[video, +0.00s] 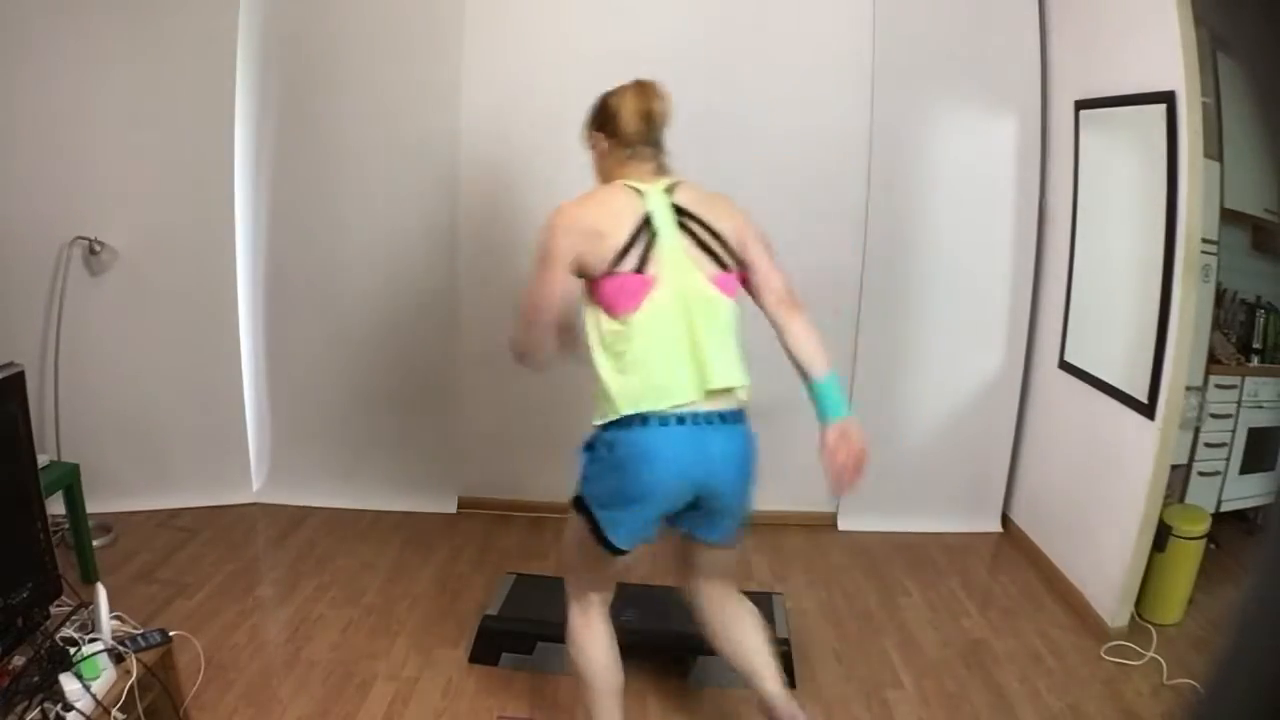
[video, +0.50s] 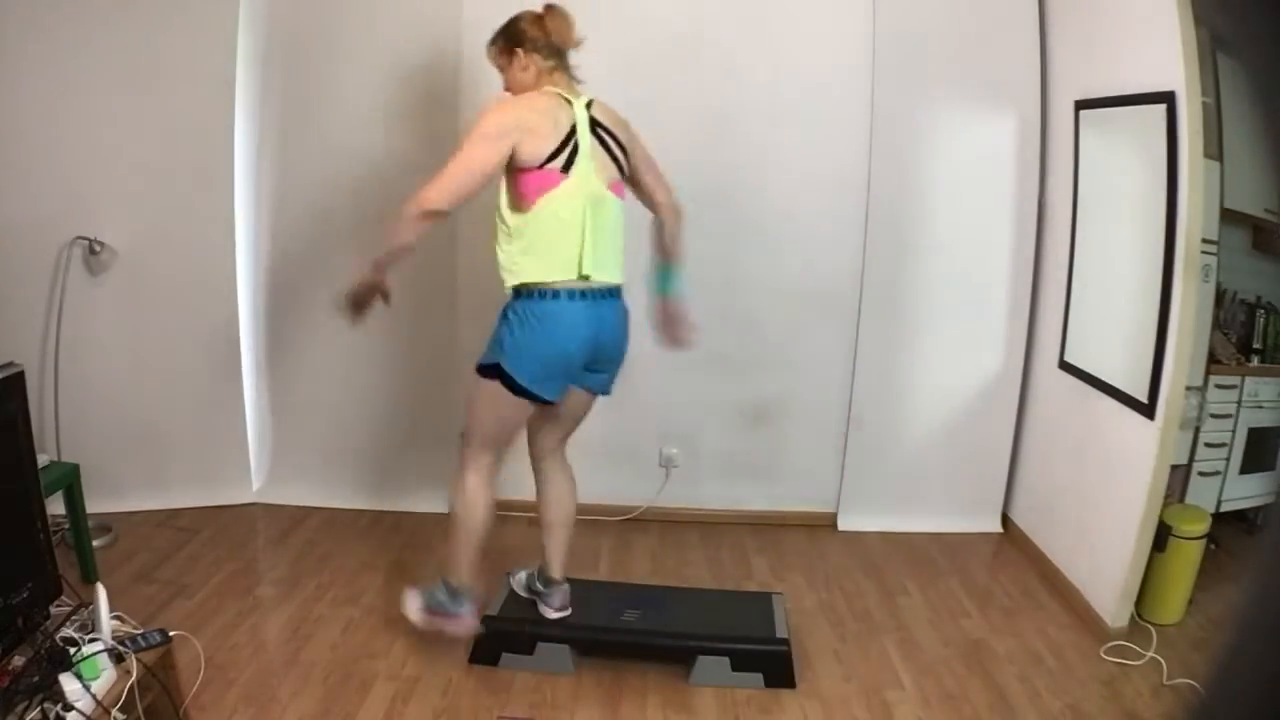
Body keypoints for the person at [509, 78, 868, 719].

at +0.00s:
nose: (591, 153)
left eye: (590, 144)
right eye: (591, 145)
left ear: (600, 142)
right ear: (662, 141)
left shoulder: (579, 219)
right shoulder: (721, 213)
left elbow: (533, 345)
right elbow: (786, 311)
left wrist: (574, 323)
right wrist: (834, 410)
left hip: (639, 451)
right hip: (726, 446)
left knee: (587, 593)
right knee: (715, 585)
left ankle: (605, 714)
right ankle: (784, 706)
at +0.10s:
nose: (565, 130)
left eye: (565, 122)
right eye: (571, 122)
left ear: (572, 121)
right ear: (634, 120)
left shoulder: (548, 188)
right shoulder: (687, 183)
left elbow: (488, 256)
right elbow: (773, 257)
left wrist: (515, 216)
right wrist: (845, 338)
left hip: (619, 428)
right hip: (701, 416)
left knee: (584, 599)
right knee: (655, 513)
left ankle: (607, 713)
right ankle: (701, 636)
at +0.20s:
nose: (553, 81)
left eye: (553, 72)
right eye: (558, 73)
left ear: (561, 70)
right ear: (622, 71)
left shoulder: (536, 127)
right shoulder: (670, 135)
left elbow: (458, 173)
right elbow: (761, 199)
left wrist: (509, 145)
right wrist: (829, 282)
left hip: (594, 367)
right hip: (672, 357)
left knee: (588, 561)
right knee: (609, 472)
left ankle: (602, 706)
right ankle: (610, 596)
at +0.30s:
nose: (538, 66)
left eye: (538, 56)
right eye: (541, 56)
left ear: (550, 52)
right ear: (602, 51)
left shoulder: (529, 100)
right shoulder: (658, 117)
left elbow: (440, 158)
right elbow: (734, 192)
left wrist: (487, 131)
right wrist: (792, 271)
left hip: (570, 325)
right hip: (645, 325)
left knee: (552, 509)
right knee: (579, 453)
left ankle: (572, 674)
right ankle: (556, 566)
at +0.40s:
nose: (521, 79)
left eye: (520, 69)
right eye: (519, 70)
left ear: (540, 58)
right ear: (580, 58)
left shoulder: (525, 113)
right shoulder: (634, 124)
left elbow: (431, 178)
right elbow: (700, 207)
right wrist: (743, 290)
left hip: (552, 327)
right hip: (622, 326)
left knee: (505, 480)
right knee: (557, 451)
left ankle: (508, 640)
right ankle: (554, 591)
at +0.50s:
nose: (501, 81)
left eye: (503, 68)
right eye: (500, 69)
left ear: (525, 59)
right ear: (553, 59)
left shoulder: (515, 114)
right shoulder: (609, 119)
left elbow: (431, 205)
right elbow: (667, 207)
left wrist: (377, 270)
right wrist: (669, 295)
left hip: (541, 319)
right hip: (606, 318)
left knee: (480, 448)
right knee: (550, 444)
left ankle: (459, 594)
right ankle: (553, 587)